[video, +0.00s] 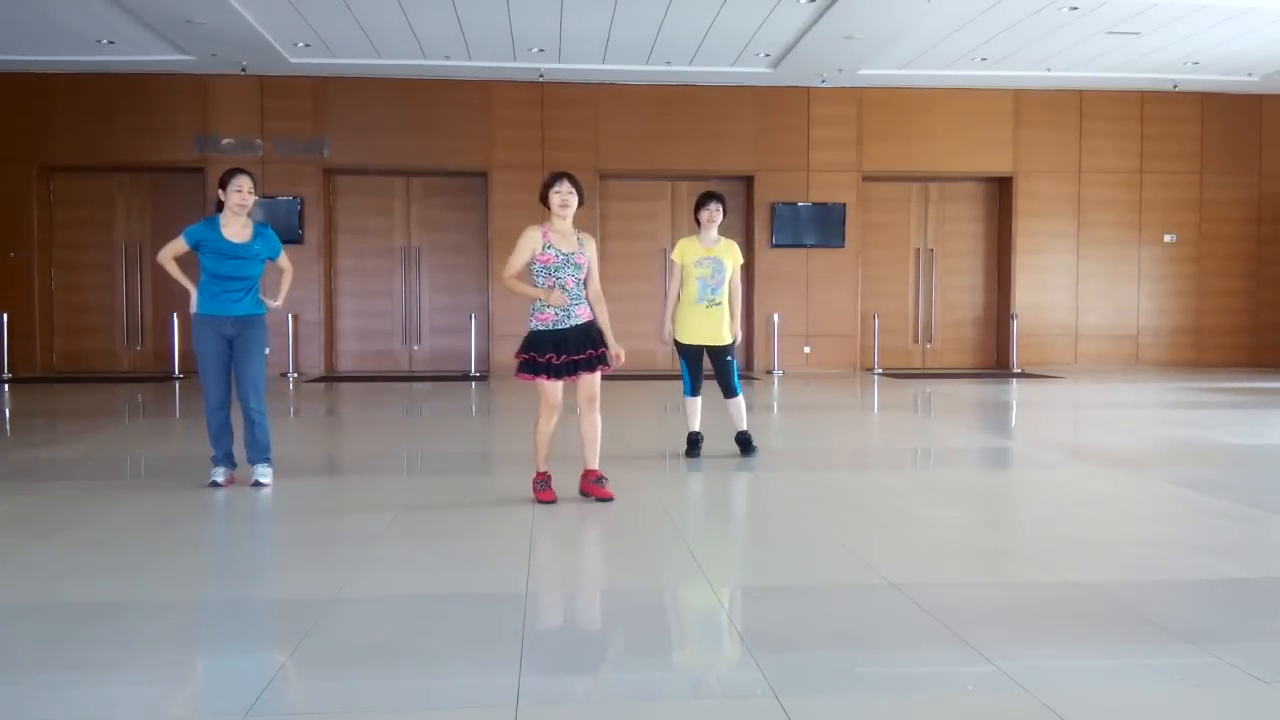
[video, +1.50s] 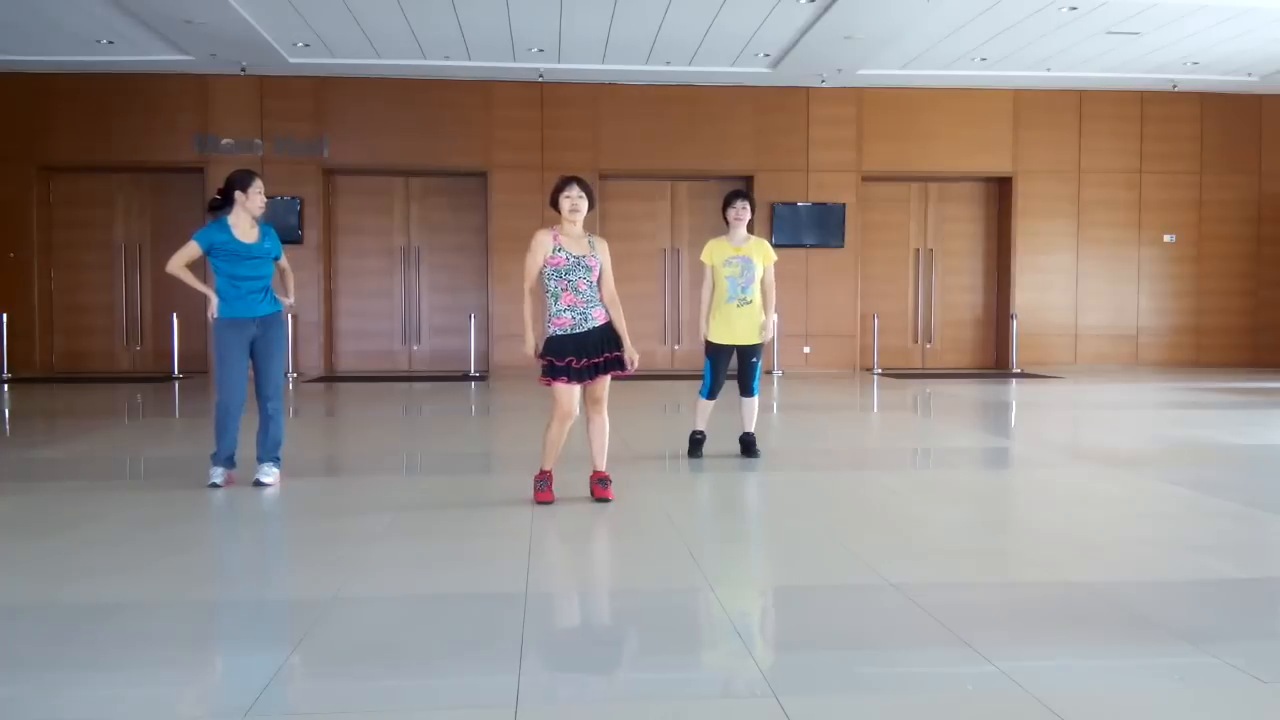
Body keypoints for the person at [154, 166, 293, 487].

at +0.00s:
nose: (244, 197)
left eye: (249, 192)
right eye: (237, 190)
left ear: (255, 198)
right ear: (222, 194)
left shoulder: (264, 235)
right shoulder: (203, 231)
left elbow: (287, 268)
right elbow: (163, 256)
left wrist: (279, 299)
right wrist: (191, 288)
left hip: (251, 322)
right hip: (210, 322)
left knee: (253, 397)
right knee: (216, 398)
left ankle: (261, 463)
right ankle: (222, 464)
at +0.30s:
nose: (241, 200)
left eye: (246, 195)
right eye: (234, 194)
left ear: (252, 200)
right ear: (219, 197)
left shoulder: (261, 237)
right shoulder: (201, 233)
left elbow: (288, 271)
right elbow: (163, 260)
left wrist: (277, 305)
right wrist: (190, 289)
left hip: (249, 324)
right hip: (208, 324)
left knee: (248, 396)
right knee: (213, 397)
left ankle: (255, 463)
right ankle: (221, 464)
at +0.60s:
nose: (245, 203)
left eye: (250, 197)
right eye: (239, 196)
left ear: (254, 202)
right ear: (222, 199)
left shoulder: (263, 237)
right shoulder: (204, 234)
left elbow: (294, 273)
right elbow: (169, 262)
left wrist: (281, 307)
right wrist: (196, 289)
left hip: (251, 324)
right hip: (210, 324)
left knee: (248, 394)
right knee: (215, 396)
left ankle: (266, 463)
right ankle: (222, 464)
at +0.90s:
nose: (256, 200)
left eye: (258, 195)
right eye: (249, 194)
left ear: (260, 198)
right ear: (230, 196)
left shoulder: (269, 235)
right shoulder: (208, 233)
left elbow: (300, 269)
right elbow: (175, 262)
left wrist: (290, 302)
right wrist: (202, 288)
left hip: (260, 322)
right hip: (219, 323)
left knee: (259, 395)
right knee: (221, 396)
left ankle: (267, 464)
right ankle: (224, 464)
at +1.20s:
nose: (264, 198)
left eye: (264, 193)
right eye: (257, 193)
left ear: (260, 196)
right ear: (237, 195)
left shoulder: (271, 234)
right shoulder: (212, 231)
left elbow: (295, 266)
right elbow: (174, 262)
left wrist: (293, 296)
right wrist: (207, 289)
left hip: (268, 321)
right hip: (226, 322)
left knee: (268, 396)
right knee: (226, 398)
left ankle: (268, 464)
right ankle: (224, 465)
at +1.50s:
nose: (264, 200)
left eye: (264, 194)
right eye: (258, 194)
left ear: (254, 198)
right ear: (239, 197)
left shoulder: (269, 234)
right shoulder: (214, 233)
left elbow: (285, 270)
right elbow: (174, 265)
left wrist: (290, 297)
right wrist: (208, 292)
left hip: (270, 322)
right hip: (231, 323)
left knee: (271, 396)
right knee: (230, 397)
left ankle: (269, 463)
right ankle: (222, 464)